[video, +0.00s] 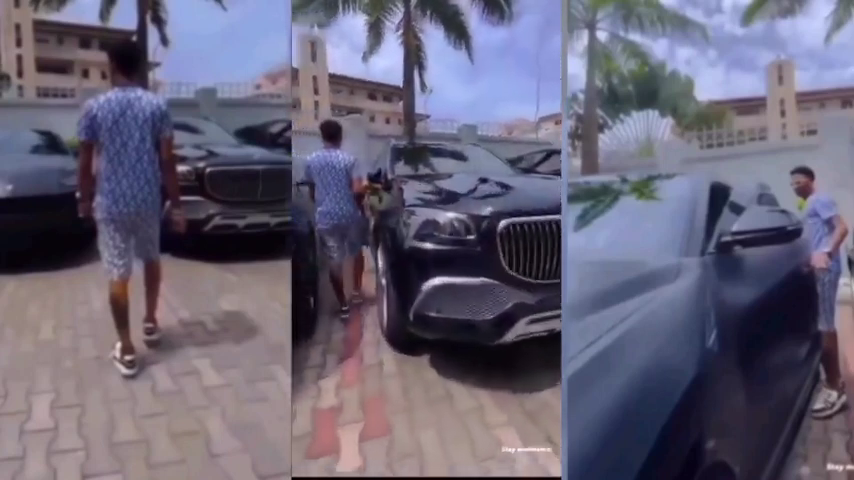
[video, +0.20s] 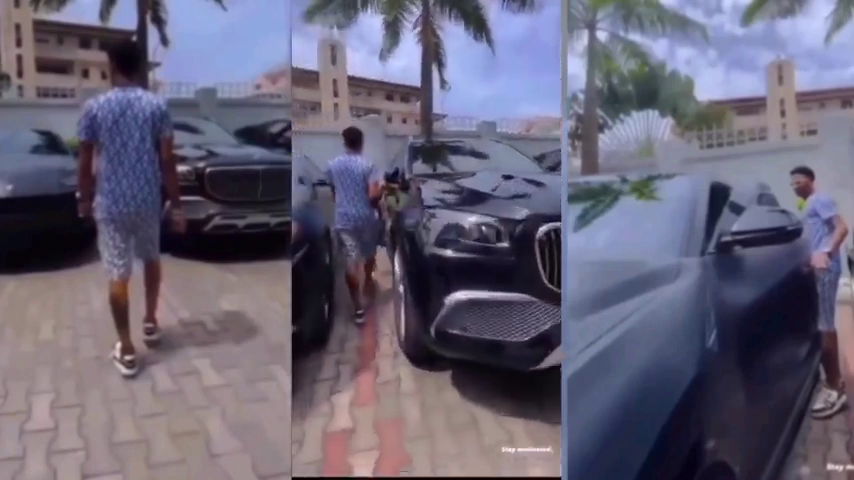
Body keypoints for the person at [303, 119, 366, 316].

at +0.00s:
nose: (334, 139)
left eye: (329, 136)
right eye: (337, 136)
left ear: (322, 137)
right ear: (340, 137)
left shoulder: (312, 161)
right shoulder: (349, 159)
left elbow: (311, 192)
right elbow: (357, 189)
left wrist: (318, 205)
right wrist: (360, 207)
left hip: (325, 214)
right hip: (349, 213)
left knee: (334, 260)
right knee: (357, 252)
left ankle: (342, 305)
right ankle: (357, 290)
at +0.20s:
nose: (354, 145)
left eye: (349, 142)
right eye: (357, 142)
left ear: (344, 143)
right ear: (362, 143)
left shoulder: (333, 165)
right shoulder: (368, 165)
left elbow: (333, 193)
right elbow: (373, 193)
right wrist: (382, 187)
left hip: (344, 217)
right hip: (366, 216)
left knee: (351, 260)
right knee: (369, 256)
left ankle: (357, 307)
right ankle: (367, 283)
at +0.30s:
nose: (367, 148)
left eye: (362, 144)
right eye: (370, 145)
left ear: (356, 145)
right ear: (373, 146)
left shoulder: (346, 167)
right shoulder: (377, 168)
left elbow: (345, 190)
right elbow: (381, 196)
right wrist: (390, 187)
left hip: (354, 215)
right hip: (374, 215)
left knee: (359, 258)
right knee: (376, 253)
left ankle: (364, 304)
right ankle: (373, 284)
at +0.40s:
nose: (380, 148)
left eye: (375, 144)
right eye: (382, 145)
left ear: (368, 146)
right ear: (384, 146)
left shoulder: (358, 166)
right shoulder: (386, 168)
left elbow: (358, 187)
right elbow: (388, 196)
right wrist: (399, 189)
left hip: (363, 214)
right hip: (382, 215)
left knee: (368, 254)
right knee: (385, 253)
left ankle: (370, 292)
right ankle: (381, 285)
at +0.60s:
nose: (403, 146)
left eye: (399, 143)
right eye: (403, 144)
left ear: (388, 145)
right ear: (403, 145)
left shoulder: (379, 164)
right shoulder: (403, 166)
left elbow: (376, 183)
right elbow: (403, 195)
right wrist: (414, 190)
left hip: (384, 212)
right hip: (400, 213)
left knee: (389, 248)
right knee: (402, 250)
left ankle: (393, 284)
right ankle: (390, 285)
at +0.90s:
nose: (419, 153)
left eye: (414, 150)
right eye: (422, 150)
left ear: (410, 151)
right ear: (424, 151)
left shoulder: (401, 170)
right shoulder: (427, 170)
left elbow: (395, 194)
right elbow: (428, 196)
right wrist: (435, 189)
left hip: (406, 218)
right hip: (423, 218)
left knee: (414, 252)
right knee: (422, 257)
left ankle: (422, 278)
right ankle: (415, 298)